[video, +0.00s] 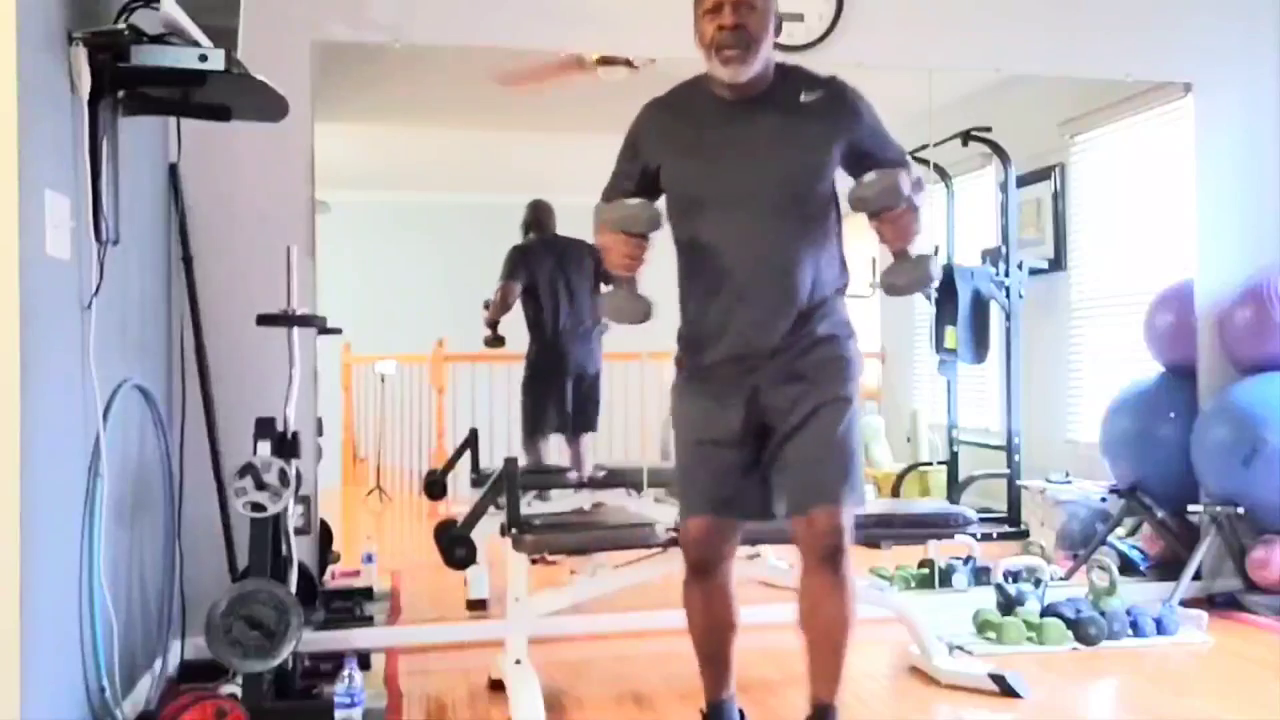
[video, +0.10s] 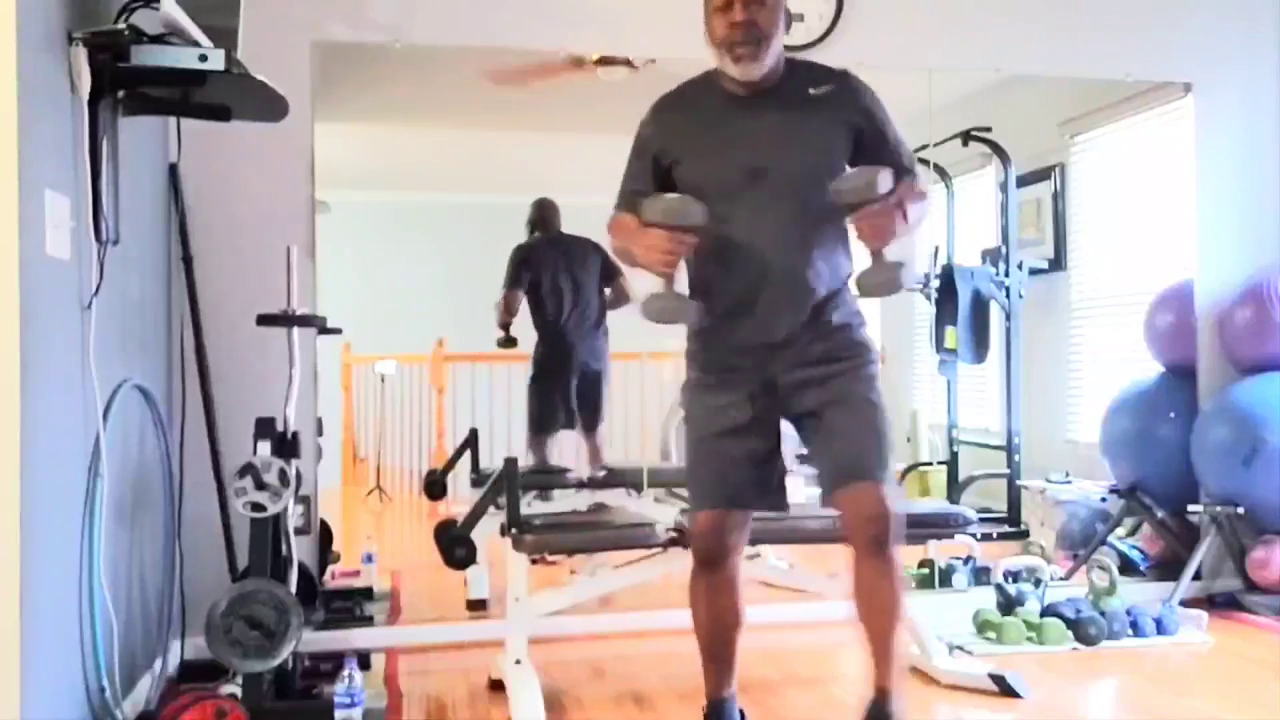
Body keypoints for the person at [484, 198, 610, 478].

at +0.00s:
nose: (528, 229)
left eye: (526, 225)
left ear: (527, 225)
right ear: (554, 223)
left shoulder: (523, 253)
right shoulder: (584, 249)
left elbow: (508, 297)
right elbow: (618, 279)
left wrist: (492, 316)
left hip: (548, 355)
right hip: (587, 355)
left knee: (533, 433)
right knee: (577, 432)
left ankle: (540, 493)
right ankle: (580, 493)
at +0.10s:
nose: (531, 226)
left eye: (531, 223)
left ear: (532, 224)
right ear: (559, 221)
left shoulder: (526, 252)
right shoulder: (589, 248)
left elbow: (511, 305)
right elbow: (623, 295)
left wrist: (504, 322)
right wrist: (597, 305)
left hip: (554, 353)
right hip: (594, 352)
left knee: (539, 435)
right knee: (591, 428)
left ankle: (544, 494)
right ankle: (599, 479)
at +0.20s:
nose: (537, 239)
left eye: (538, 235)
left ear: (540, 236)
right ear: (567, 234)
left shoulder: (535, 265)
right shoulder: (598, 263)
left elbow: (518, 321)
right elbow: (620, 316)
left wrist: (520, 342)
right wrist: (590, 321)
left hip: (563, 365)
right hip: (603, 364)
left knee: (536, 443)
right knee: (607, 432)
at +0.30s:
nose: (547, 263)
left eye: (548, 258)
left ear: (551, 259)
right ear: (578, 257)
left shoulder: (548, 286)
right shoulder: (605, 284)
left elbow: (532, 339)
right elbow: (620, 329)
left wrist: (532, 359)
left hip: (573, 381)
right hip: (613, 380)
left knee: (530, 448)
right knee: (621, 449)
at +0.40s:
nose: (561, 277)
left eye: (563, 273)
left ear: (564, 274)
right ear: (590, 274)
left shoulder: (561, 304)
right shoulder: (614, 301)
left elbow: (548, 354)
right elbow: (627, 344)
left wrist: (541, 371)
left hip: (584, 397)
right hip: (625, 396)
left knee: (529, 453)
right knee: (624, 457)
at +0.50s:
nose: (567, 276)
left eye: (569, 272)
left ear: (571, 273)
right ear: (599, 273)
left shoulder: (575, 300)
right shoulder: (627, 299)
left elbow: (557, 354)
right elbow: (643, 347)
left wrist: (543, 355)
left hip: (598, 393)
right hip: (637, 391)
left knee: (539, 449)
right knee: (629, 453)